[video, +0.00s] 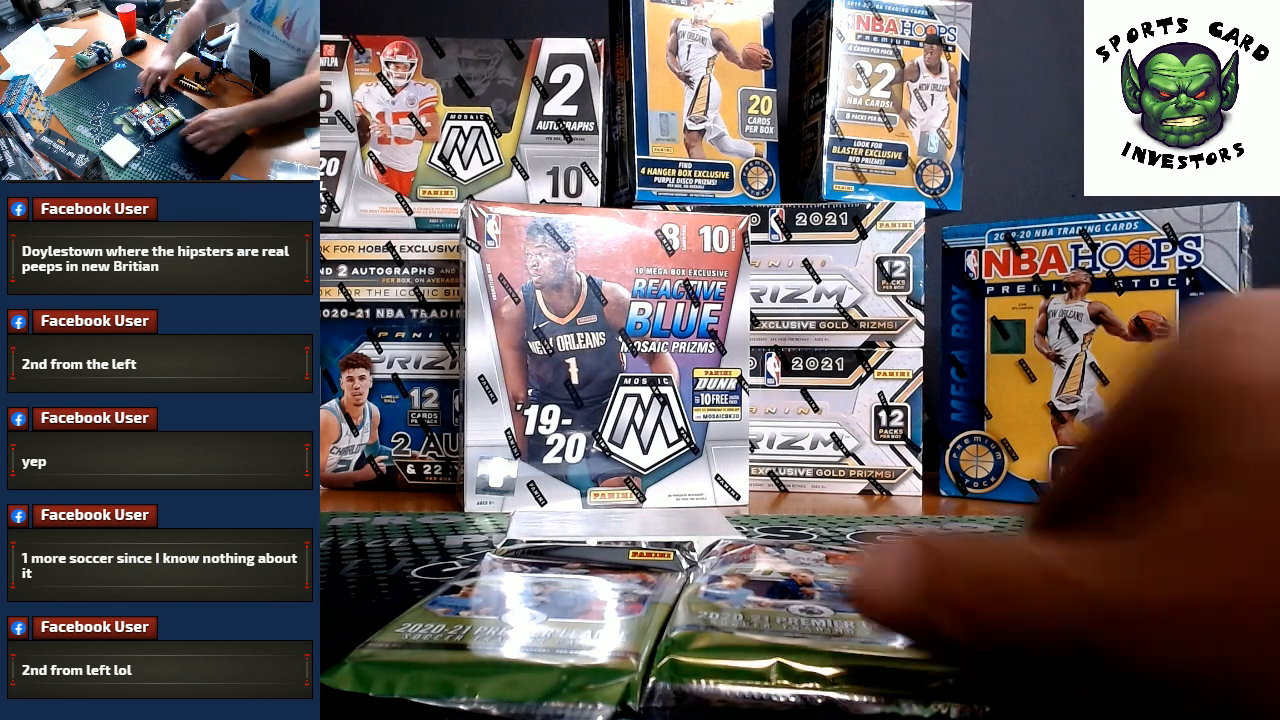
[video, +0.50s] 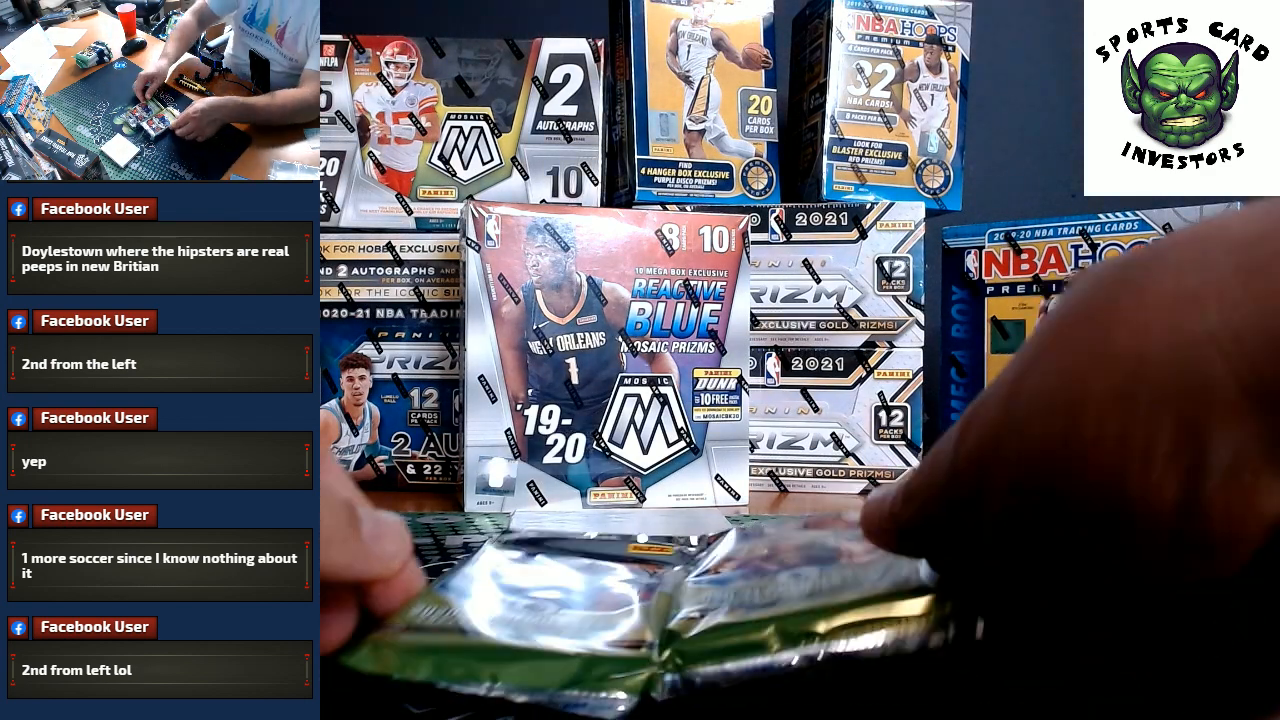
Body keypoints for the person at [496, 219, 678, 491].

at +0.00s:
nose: (533, 264)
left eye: (542, 254)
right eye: (529, 255)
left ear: (569, 255)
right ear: (525, 258)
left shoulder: (611, 299)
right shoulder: (514, 313)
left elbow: (658, 357)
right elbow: (517, 400)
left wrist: (664, 414)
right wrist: (522, 462)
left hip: (610, 424)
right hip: (549, 428)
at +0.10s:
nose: (533, 264)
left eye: (542, 254)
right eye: (529, 255)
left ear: (569, 256)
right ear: (525, 259)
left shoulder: (611, 299)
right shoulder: (514, 313)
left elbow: (657, 357)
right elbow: (517, 400)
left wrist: (664, 412)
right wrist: (521, 464)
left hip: (610, 421)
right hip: (549, 426)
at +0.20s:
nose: (533, 263)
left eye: (542, 254)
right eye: (529, 255)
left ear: (569, 256)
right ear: (524, 258)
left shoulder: (612, 299)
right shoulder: (513, 313)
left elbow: (657, 357)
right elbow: (517, 400)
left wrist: (664, 412)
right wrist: (522, 463)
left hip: (610, 424)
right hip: (549, 428)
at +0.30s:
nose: (533, 264)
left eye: (542, 254)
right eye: (529, 255)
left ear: (569, 255)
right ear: (525, 258)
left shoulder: (611, 299)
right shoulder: (515, 312)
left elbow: (657, 356)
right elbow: (517, 401)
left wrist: (665, 414)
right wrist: (520, 466)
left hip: (609, 424)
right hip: (548, 427)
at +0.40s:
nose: (533, 264)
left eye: (542, 255)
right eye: (529, 255)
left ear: (569, 256)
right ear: (524, 258)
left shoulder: (611, 299)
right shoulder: (514, 313)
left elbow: (657, 357)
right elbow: (517, 401)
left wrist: (666, 415)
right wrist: (520, 465)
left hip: (609, 424)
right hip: (549, 428)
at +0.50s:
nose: (533, 264)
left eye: (542, 255)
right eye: (530, 255)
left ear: (569, 257)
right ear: (525, 258)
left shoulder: (611, 299)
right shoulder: (514, 312)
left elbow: (657, 356)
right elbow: (517, 400)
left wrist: (666, 412)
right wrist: (521, 465)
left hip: (609, 423)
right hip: (549, 428)